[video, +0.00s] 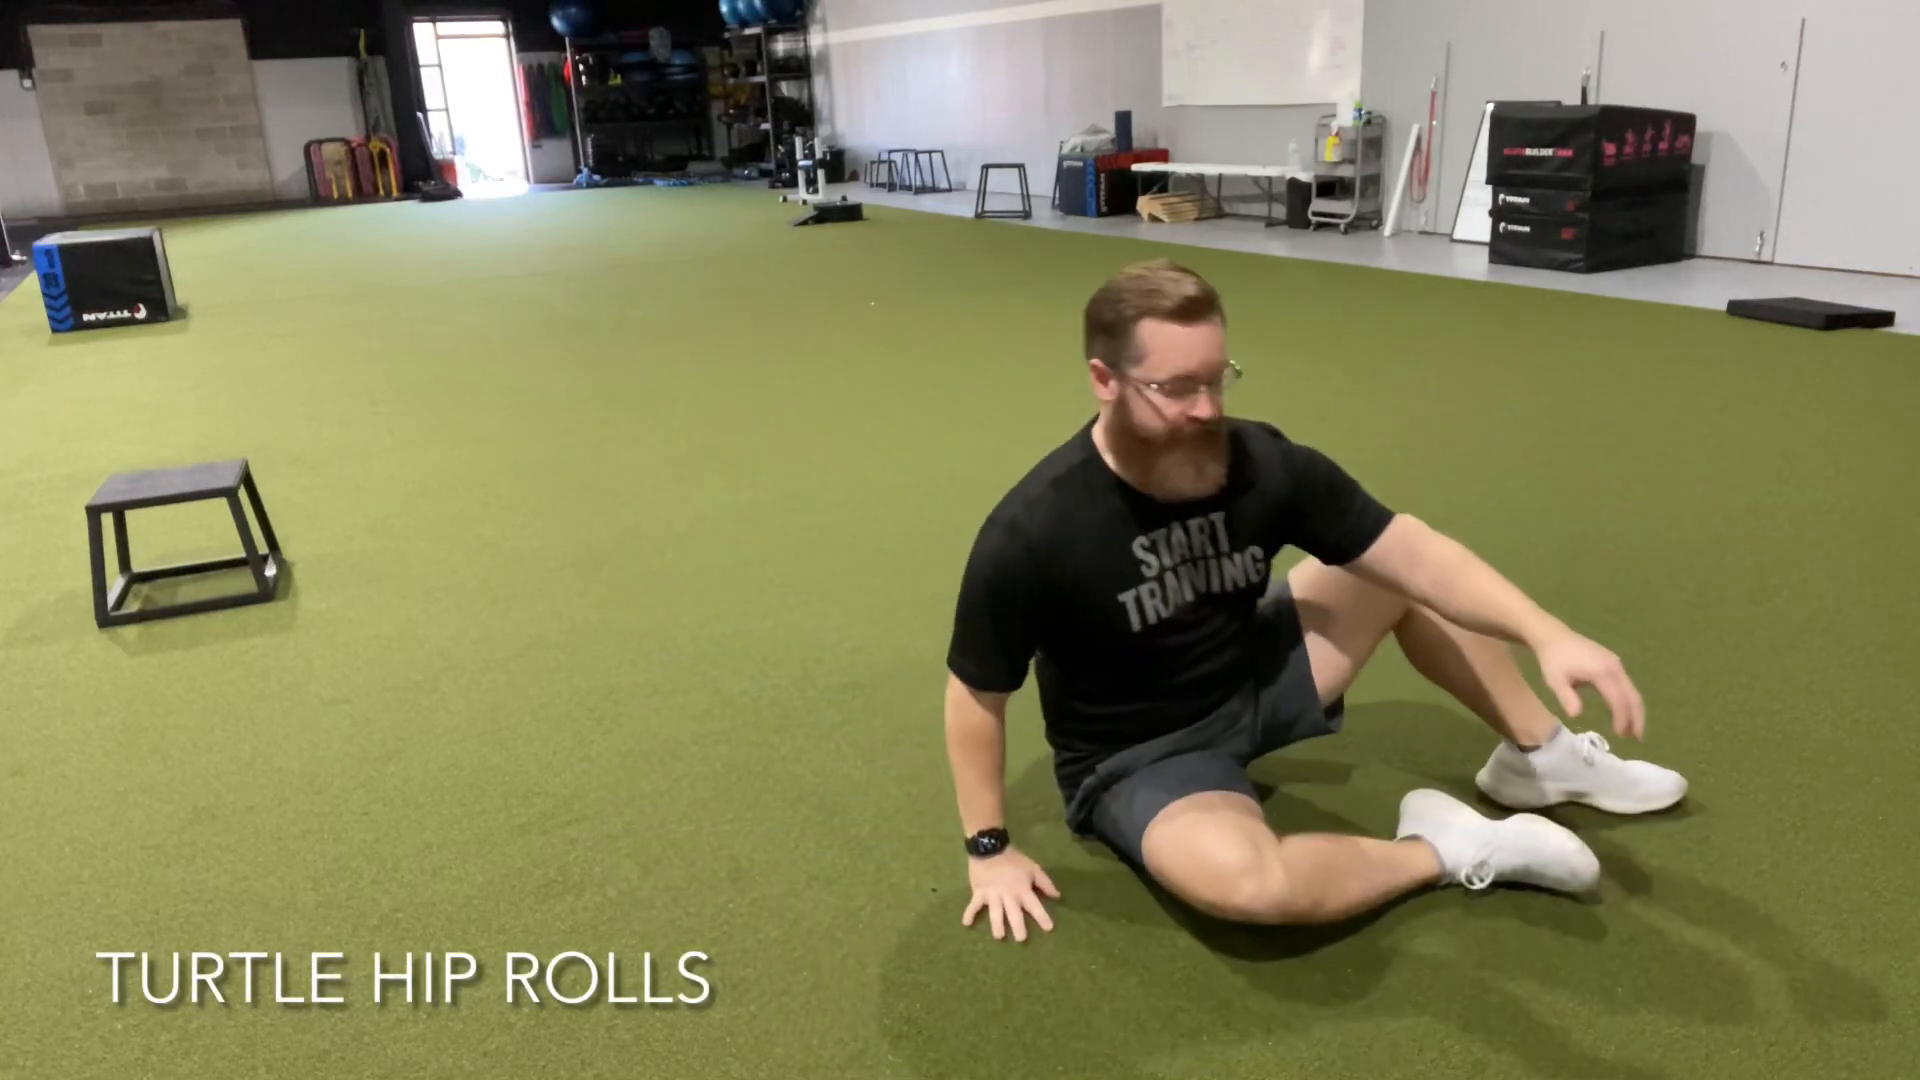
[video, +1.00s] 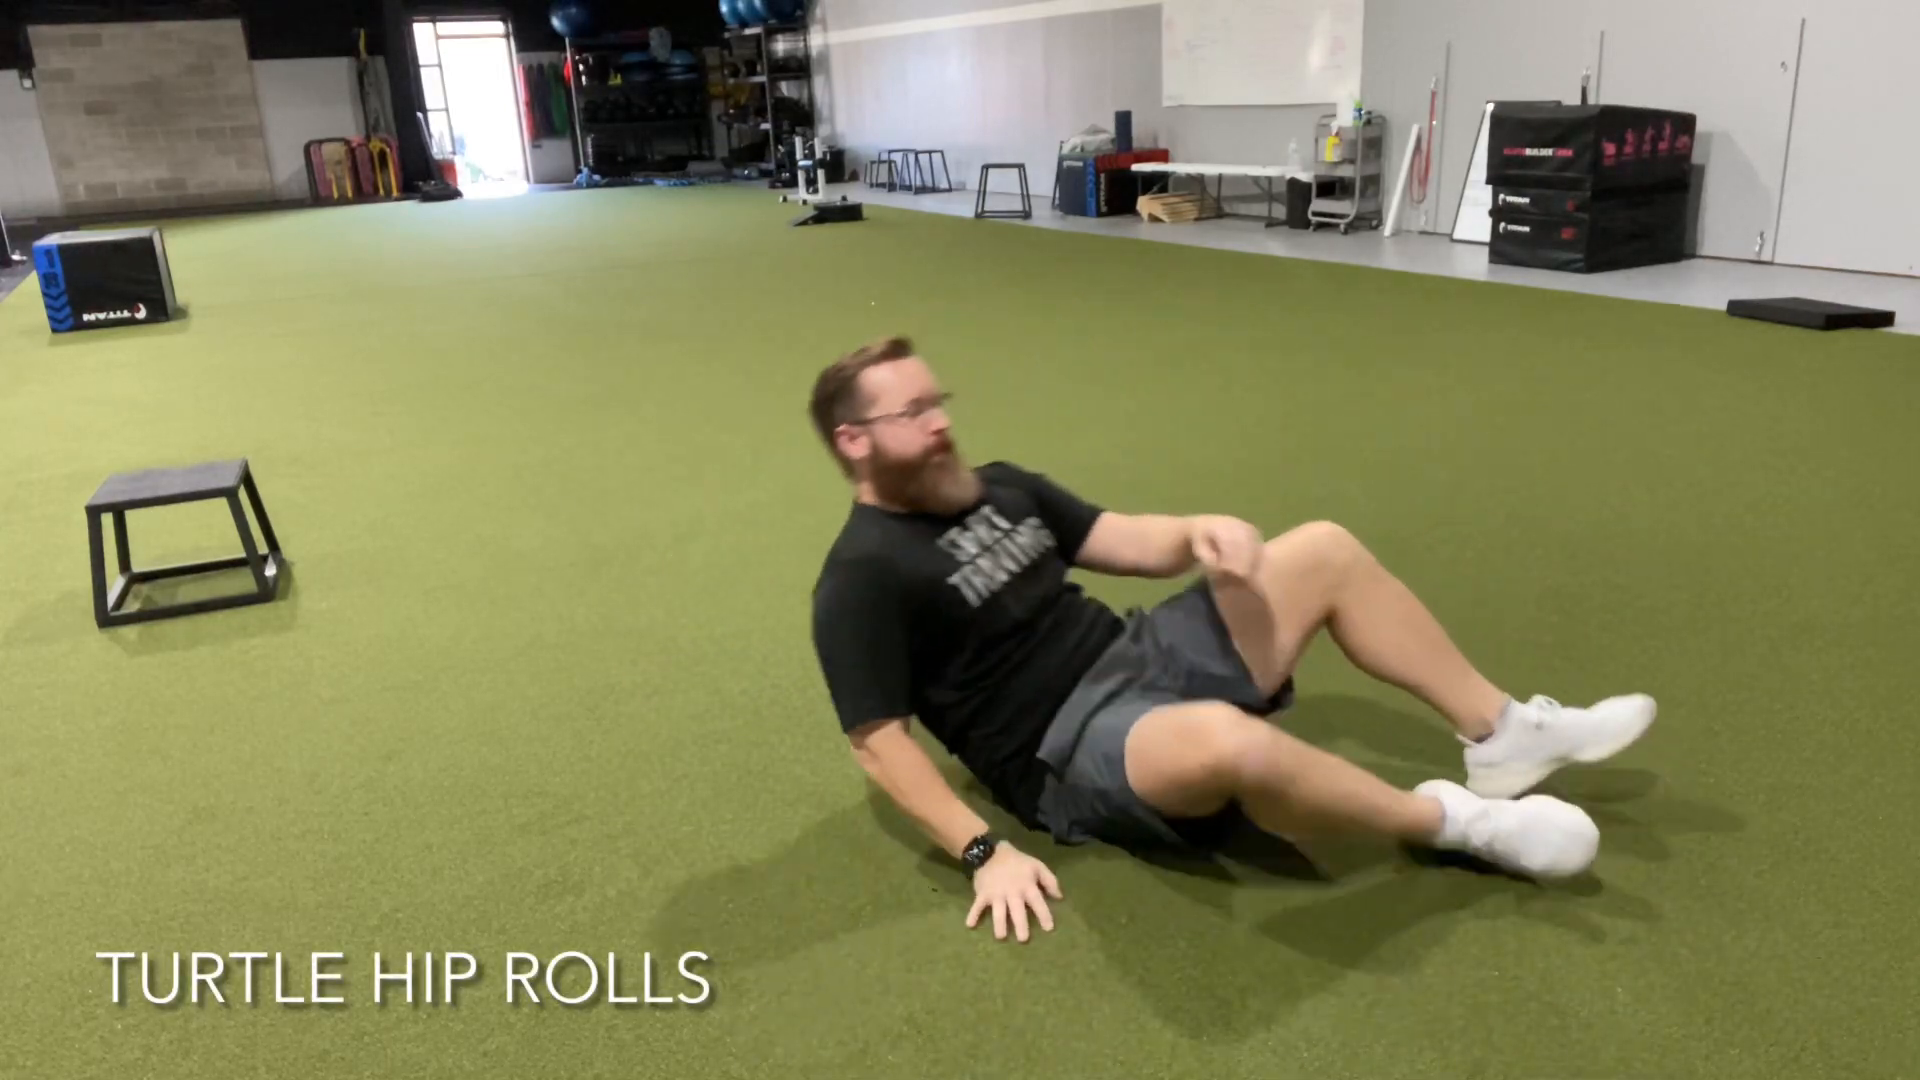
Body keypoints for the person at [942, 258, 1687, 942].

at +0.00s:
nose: (1207, 409)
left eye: (1217, 381)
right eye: (1178, 389)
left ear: (1227, 366)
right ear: (1104, 383)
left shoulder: (1261, 463)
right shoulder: (1034, 532)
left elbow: (1407, 549)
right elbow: (975, 692)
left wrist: (1548, 632)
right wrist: (987, 848)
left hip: (1254, 669)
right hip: (1142, 748)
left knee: (1394, 566)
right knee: (1243, 884)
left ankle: (1537, 751)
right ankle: (1445, 846)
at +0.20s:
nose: (1232, 412)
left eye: (1240, 385)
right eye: (1206, 393)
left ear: (1249, 365)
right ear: (1126, 386)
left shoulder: (1279, 468)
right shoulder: (1047, 528)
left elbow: (1428, 560)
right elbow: (985, 689)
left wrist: (1568, 641)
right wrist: (987, 849)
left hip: (1262, 672)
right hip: (1148, 751)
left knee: (1402, 570)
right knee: (1247, 895)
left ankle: (1540, 754)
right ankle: (1444, 847)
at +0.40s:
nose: (1210, 404)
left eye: (1217, 377)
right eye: (1184, 385)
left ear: (1225, 362)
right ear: (1106, 380)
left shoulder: (1254, 462)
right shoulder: (1032, 529)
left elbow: (1399, 552)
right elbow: (972, 690)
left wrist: (1542, 633)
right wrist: (987, 851)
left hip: (1250, 670)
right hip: (1142, 752)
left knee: (1396, 569)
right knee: (1246, 895)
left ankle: (1539, 751)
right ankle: (1444, 847)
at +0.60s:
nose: (1151, 394)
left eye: (1154, 368)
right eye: (1125, 376)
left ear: (1158, 356)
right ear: (1047, 382)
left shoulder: (1196, 457)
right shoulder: (990, 541)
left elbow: (1342, 547)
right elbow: (947, 707)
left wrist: (1467, 603)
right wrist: (988, 855)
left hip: (1228, 670)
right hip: (1131, 756)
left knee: (1385, 556)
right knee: (1243, 879)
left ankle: (1545, 751)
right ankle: (1444, 844)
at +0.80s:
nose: (1052, 394)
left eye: (1052, 371)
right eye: (1026, 381)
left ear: (1060, 371)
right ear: (954, 404)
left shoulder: (1099, 466)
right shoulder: (928, 559)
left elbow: (1222, 537)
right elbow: (911, 726)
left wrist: (1324, 563)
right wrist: (985, 855)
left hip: (1193, 664)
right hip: (1103, 755)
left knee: (1363, 570)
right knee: (1248, 828)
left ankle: (1542, 748)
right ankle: (1453, 843)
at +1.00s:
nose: (943, 422)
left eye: (939, 404)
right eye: (917, 412)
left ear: (941, 412)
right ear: (855, 444)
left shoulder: (1000, 489)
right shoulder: (857, 585)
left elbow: (1121, 542)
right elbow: (879, 742)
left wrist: (1199, 534)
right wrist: (984, 852)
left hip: (1152, 653)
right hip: (1073, 741)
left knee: (1322, 552)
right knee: (1230, 744)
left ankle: (1501, 731)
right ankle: (1459, 824)